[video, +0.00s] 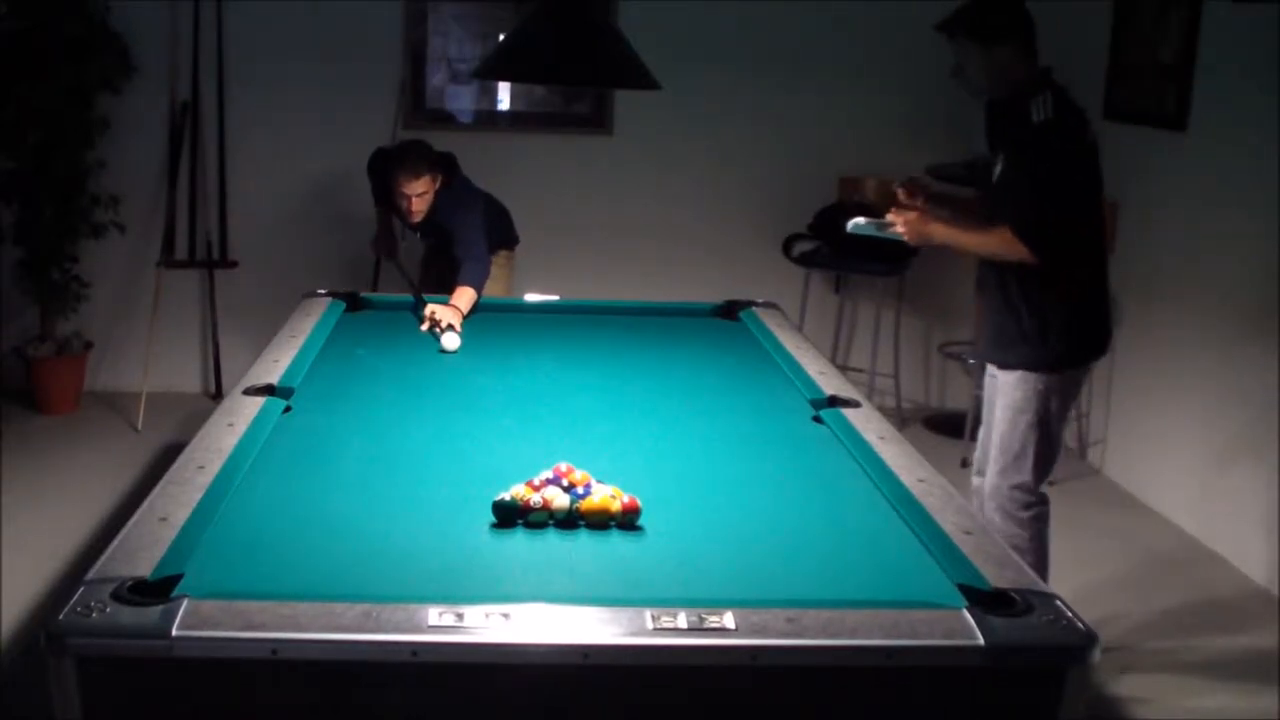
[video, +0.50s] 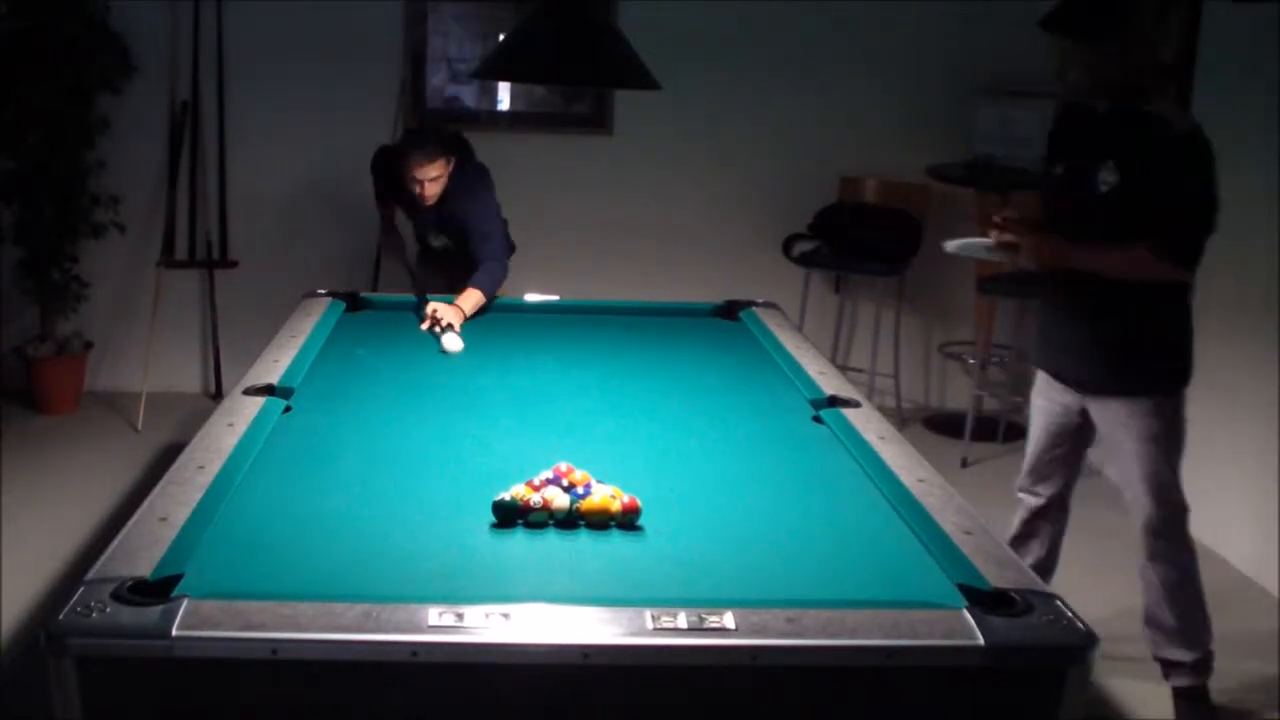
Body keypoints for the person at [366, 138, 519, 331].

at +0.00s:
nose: (413, 206)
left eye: (421, 196)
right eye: (404, 197)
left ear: (436, 183)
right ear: (392, 188)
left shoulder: (460, 200)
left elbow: (476, 261)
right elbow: (377, 161)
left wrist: (456, 308)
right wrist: (384, 227)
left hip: (492, 248)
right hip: (441, 245)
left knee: (485, 327)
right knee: (425, 319)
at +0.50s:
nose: (425, 191)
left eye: (435, 180)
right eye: (417, 181)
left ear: (450, 166)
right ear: (404, 171)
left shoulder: (472, 183)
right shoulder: (391, 166)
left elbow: (495, 260)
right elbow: (380, 162)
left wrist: (460, 309)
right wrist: (388, 228)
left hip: (474, 261)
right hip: (432, 257)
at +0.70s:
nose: (445, 162)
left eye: (456, 151)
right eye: (437, 150)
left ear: (472, 143)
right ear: (424, 142)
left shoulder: (490, 172)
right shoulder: (408, 153)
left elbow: (503, 257)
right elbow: (394, 172)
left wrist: (466, 307)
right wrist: (408, 227)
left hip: (481, 259)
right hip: (435, 253)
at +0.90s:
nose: (449, 133)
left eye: (461, 124)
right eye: (443, 122)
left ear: (478, 124)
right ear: (431, 118)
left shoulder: (492, 159)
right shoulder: (418, 141)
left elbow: (497, 244)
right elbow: (404, 172)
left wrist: (465, 304)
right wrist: (410, 219)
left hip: (489, 256)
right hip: (444, 251)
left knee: (490, 337)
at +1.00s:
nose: (444, 112)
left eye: (455, 103)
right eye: (438, 102)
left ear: (475, 105)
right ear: (429, 102)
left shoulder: (488, 147)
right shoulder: (423, 134)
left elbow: (489, 233)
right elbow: (415, 178)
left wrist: (457, 295)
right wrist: (411, 225)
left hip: (494, 252)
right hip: (450, 245)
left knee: (486, 339)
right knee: (444, 333)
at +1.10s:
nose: (435, 93)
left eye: (445, 84)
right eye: (431, 83)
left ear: (465, 86)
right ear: (423, 85)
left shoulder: (482, 132)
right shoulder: (428, 123)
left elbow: (490, 223)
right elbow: (426, 175)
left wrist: (440, 269)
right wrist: (413, 224)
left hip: (493, 256)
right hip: (449, 247)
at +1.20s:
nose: (418, 80)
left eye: (427, 70)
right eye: (418, 69)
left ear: (448, 70)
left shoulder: (475, 115)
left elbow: (485, 214)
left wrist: (420, 235)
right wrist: (420, 233)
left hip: (486, 245)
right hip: (456, 240)